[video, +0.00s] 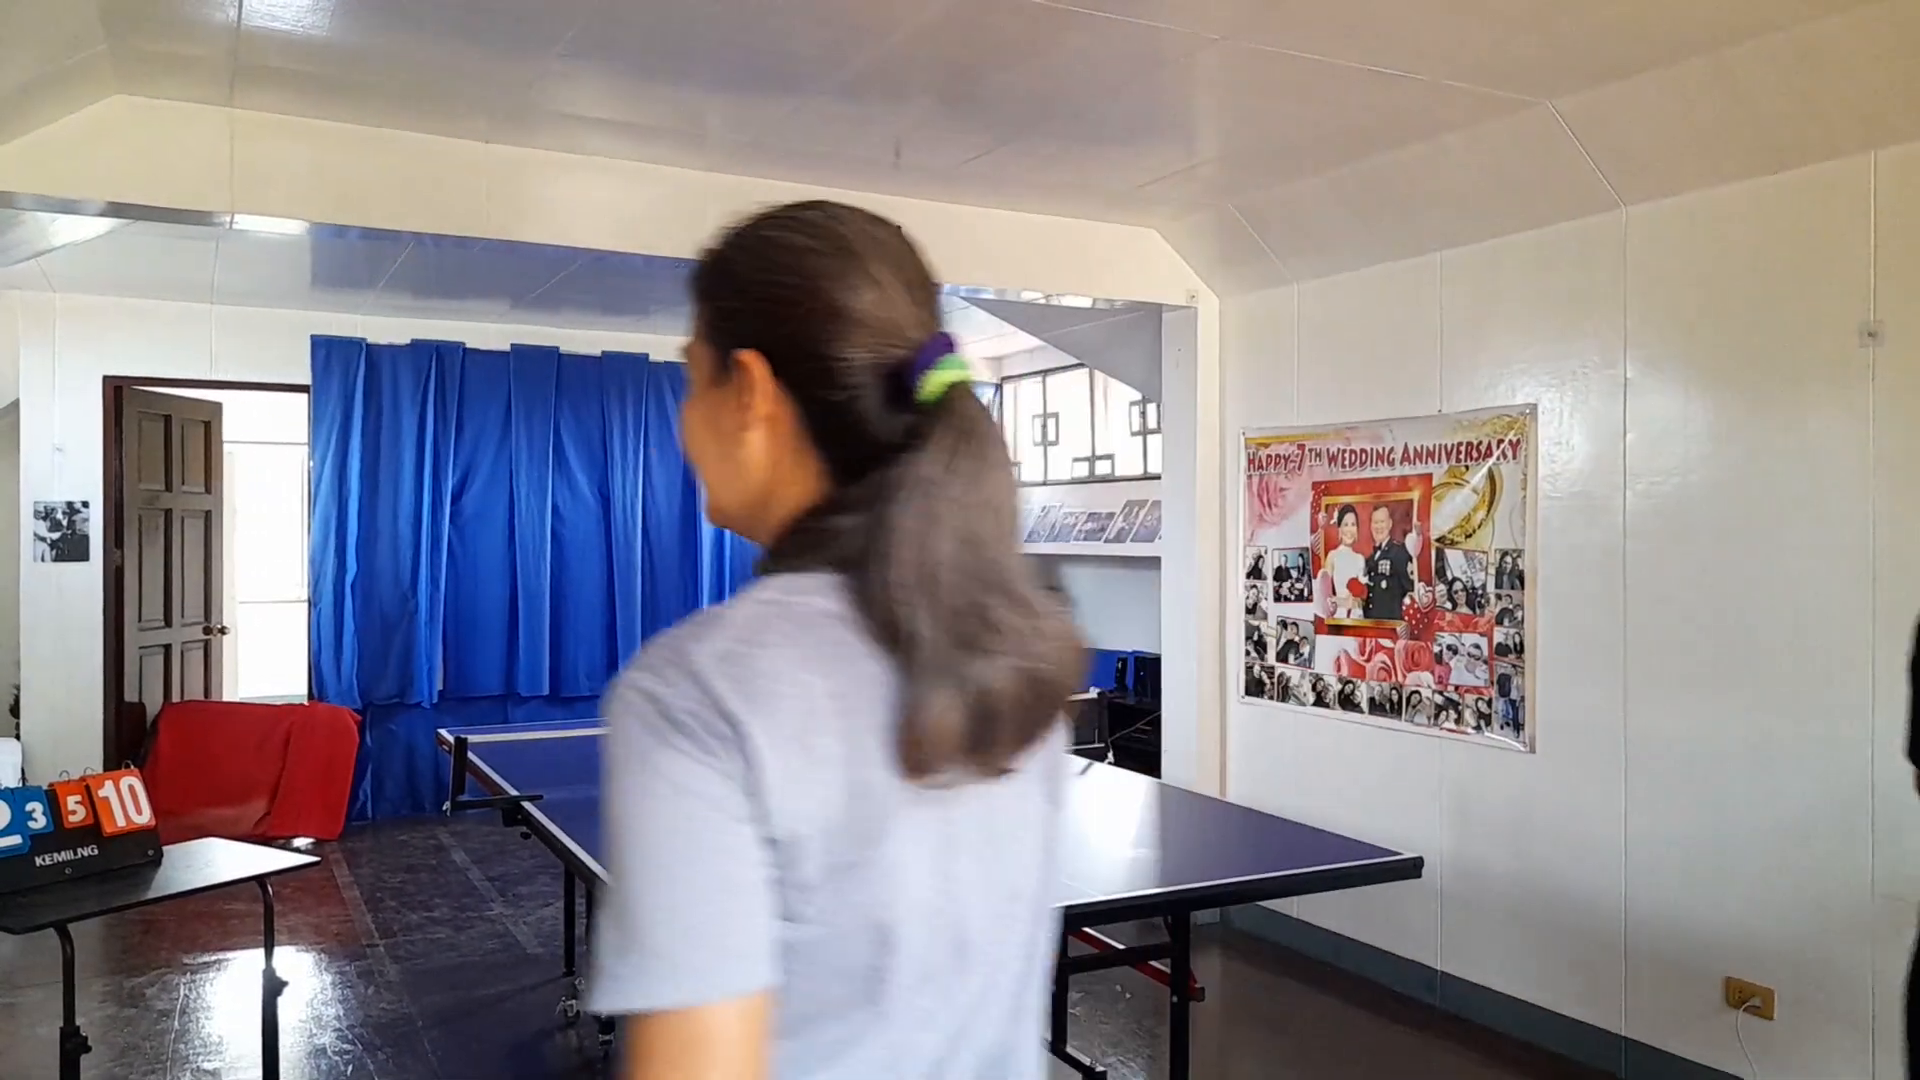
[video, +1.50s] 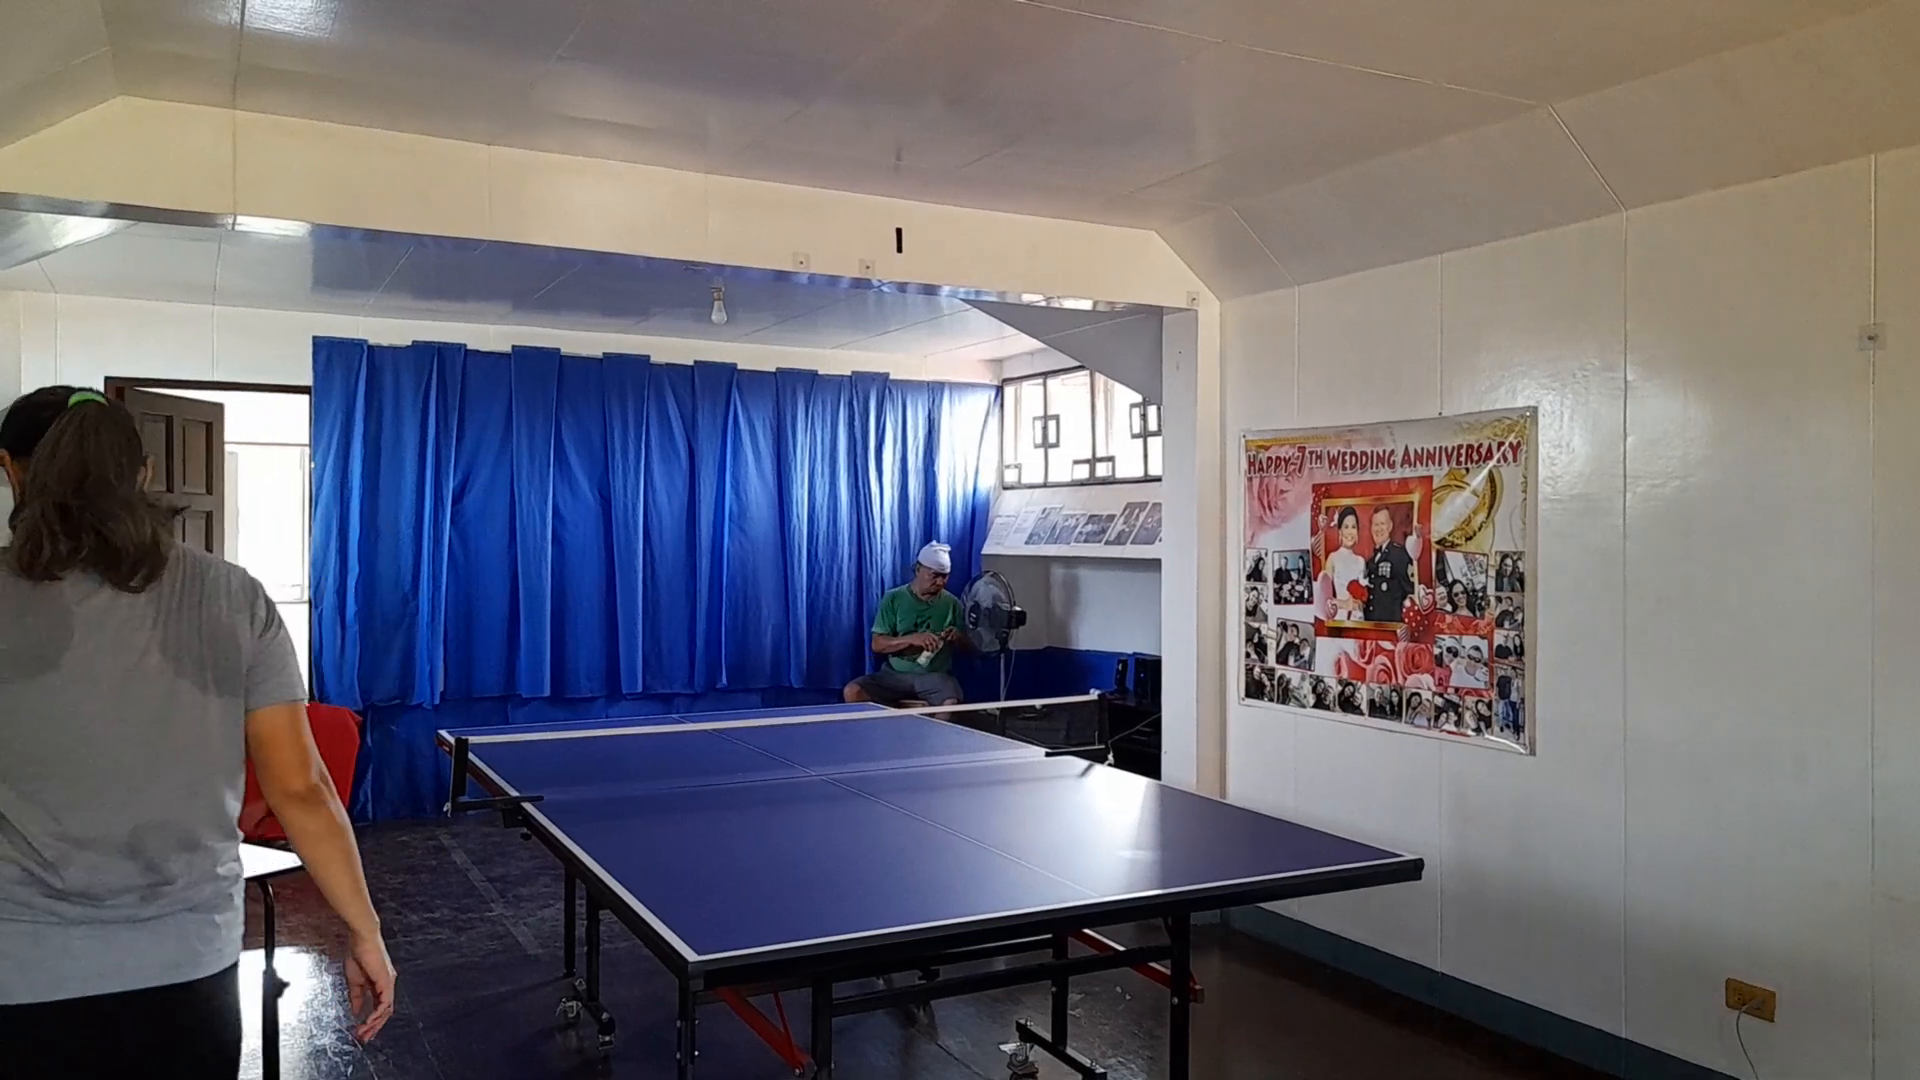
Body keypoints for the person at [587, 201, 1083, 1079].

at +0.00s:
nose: (681, 421)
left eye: (688, 380)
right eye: (683, 381)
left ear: (753, 394)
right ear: (906, 385)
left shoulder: (698, 689)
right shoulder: (1010, 642)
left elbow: (704, 1058)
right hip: (1004, 1062)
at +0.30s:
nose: (474, 426)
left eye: (476, 391)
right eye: (474, 390)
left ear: (510, 400)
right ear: (666, 397)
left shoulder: (430, 648)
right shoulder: (791, 644)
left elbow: (276, 1013)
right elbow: (849, 931)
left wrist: (205, 1054)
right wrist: (904, 1067)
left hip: (499, 1059)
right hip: (747, 1064)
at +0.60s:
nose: (347, 472)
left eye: (345, 442)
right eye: (345, 445)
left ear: (374, 439)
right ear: (496, 430)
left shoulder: (327, 625)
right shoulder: (629, 640)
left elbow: (152, 744)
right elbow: (673, 877)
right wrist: (726, 1033)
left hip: (354, 1060)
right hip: (559, 1059)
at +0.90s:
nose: (233, 509)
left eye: (226, 479)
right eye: (225, 483)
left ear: (250, 463)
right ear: (372, 446)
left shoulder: (241, 610)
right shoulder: (502, 611)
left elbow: (64, 672)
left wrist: (219, 563)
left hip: (245, 1051)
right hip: (446, 1037)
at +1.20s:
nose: (81, 500)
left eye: (77, 477)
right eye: (75, 479)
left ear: (101, 472)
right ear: (210, 460)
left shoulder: (65, 608)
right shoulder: (341, 610)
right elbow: (352, 814)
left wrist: (72, 576)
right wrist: (314, 924)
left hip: (71, 1028)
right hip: (272, 1025)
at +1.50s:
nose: (8, 477)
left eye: (9, 467)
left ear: (16, 475)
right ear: (137, 470)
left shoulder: (10, 594)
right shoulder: (228, 597)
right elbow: (298, 787)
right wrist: (366, 931)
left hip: (25, 996)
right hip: (183, 995)